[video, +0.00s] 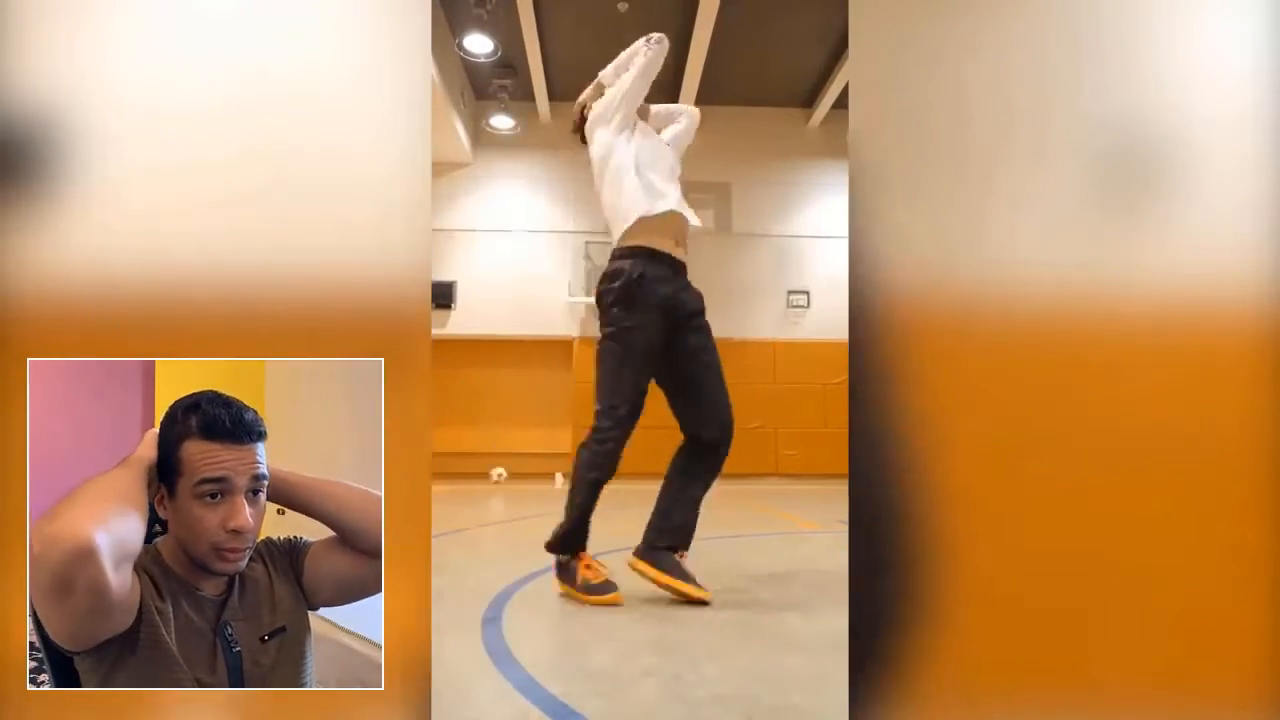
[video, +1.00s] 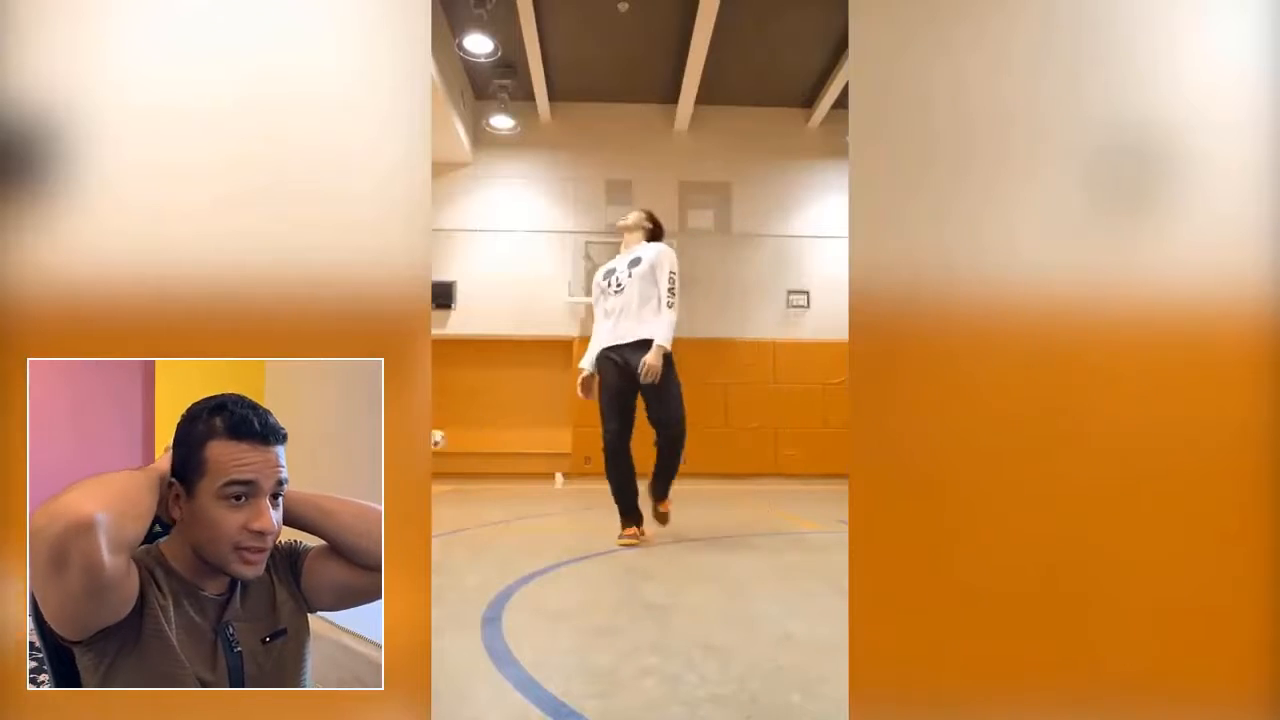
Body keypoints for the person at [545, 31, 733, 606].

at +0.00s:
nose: (613, 98)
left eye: (610, 97)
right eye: (605, 100)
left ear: (615, 111)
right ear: (595, 110)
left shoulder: (656, 143)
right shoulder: (605, 127)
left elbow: (691, 115)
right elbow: (654, 44)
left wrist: (634, 107)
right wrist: (600, 87)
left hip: (678, 287)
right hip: (637, 277)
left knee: (711, 430)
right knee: (612, 425)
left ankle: (661, 548)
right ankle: (569, 552)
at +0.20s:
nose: (644, 133)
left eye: (635, 130)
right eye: (636, 133)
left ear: (629, 162)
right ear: (632, 151)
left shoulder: (654, 197)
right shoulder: (660, 168)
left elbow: (727, 229)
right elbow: (728, 196)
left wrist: (785, 191)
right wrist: (802, 168)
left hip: (705, 311)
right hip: (698, 312)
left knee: (750, 429)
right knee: (730, 434)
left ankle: (772, 537)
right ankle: (682, 567)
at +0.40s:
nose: (669, 166)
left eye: (667, 165)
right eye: (657, 170)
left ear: (681, 183)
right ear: (652, 197)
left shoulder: (726, 221)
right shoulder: (657, 224)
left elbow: (750, 282)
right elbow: (676, 287)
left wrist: (768, 336)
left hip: (745, 330)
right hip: (701, 336)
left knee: (786, 434)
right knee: (712, 424)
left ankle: (763, 535)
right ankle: (712, 550)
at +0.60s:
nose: (672, 193)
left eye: (677, 193)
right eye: (663, 195)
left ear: (689, 210)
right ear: (656, 218)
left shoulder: (720, 236)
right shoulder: (646, 244)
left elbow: (741, 291)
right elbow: (654, 300)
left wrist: (753, 341)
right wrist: (679, 350)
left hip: (732, 340)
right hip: (683, 345)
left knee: (773, 435)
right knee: (675, 441)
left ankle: (766, 535)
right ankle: (652, 503)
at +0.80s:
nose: (644, 215)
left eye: (652, 215)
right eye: (639, 217)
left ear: (666, 231)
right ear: (634, 236)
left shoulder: (689, 254)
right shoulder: (619, 270)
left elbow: (707, 305)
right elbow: (619, 321)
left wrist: (716, 355)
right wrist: (625, 368)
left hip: (689, 360)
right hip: (640, 365)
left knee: (735, 445)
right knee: (628, 451)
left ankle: (763, 535)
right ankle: (633, 523)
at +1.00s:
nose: (625, 215)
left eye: (634, 213)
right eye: (626, 213)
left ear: (647, 226)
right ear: (624, 229)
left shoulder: (659, 251)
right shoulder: (602, 273)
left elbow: (670, 304)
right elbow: (601, 324)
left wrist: (659, 348)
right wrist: (588, 363)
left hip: (649, 348)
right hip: (610, 355)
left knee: (673, 430)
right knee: (614, 439)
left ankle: (659, 492)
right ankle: (630, 522)